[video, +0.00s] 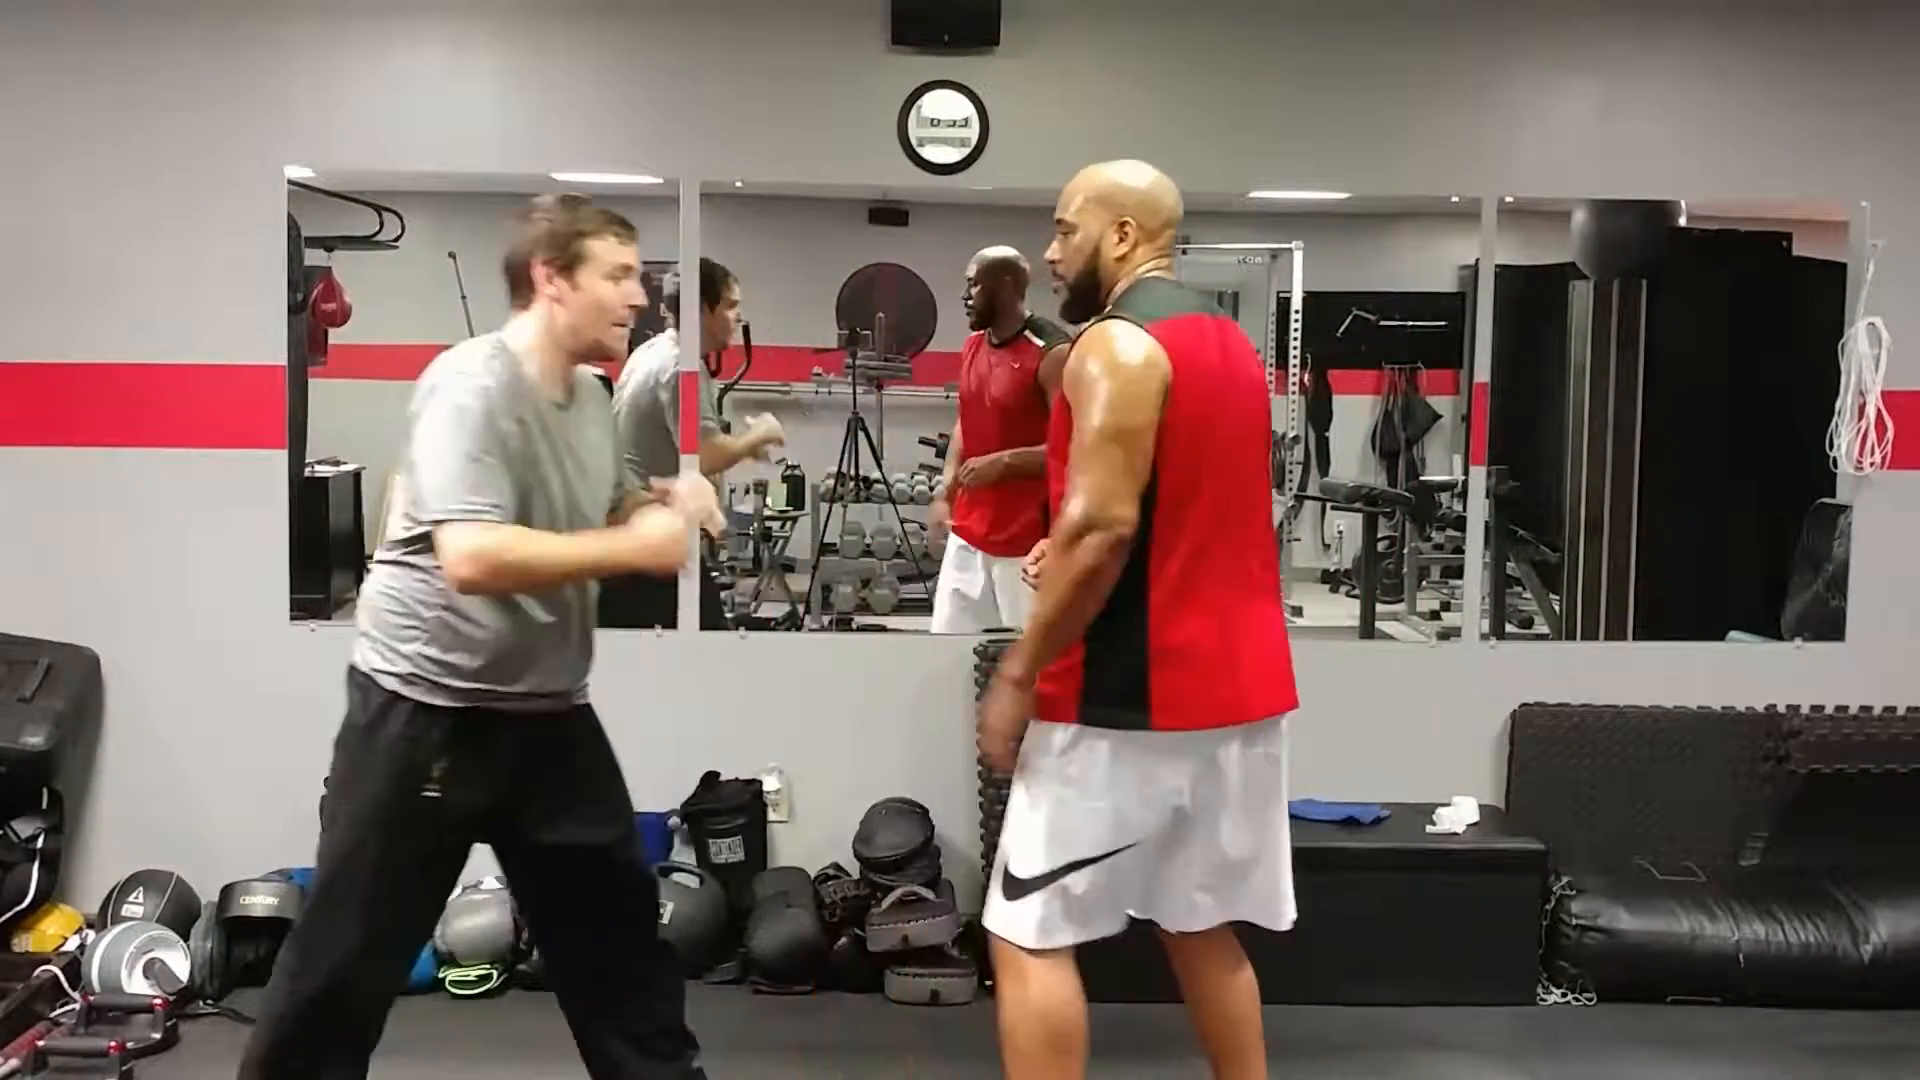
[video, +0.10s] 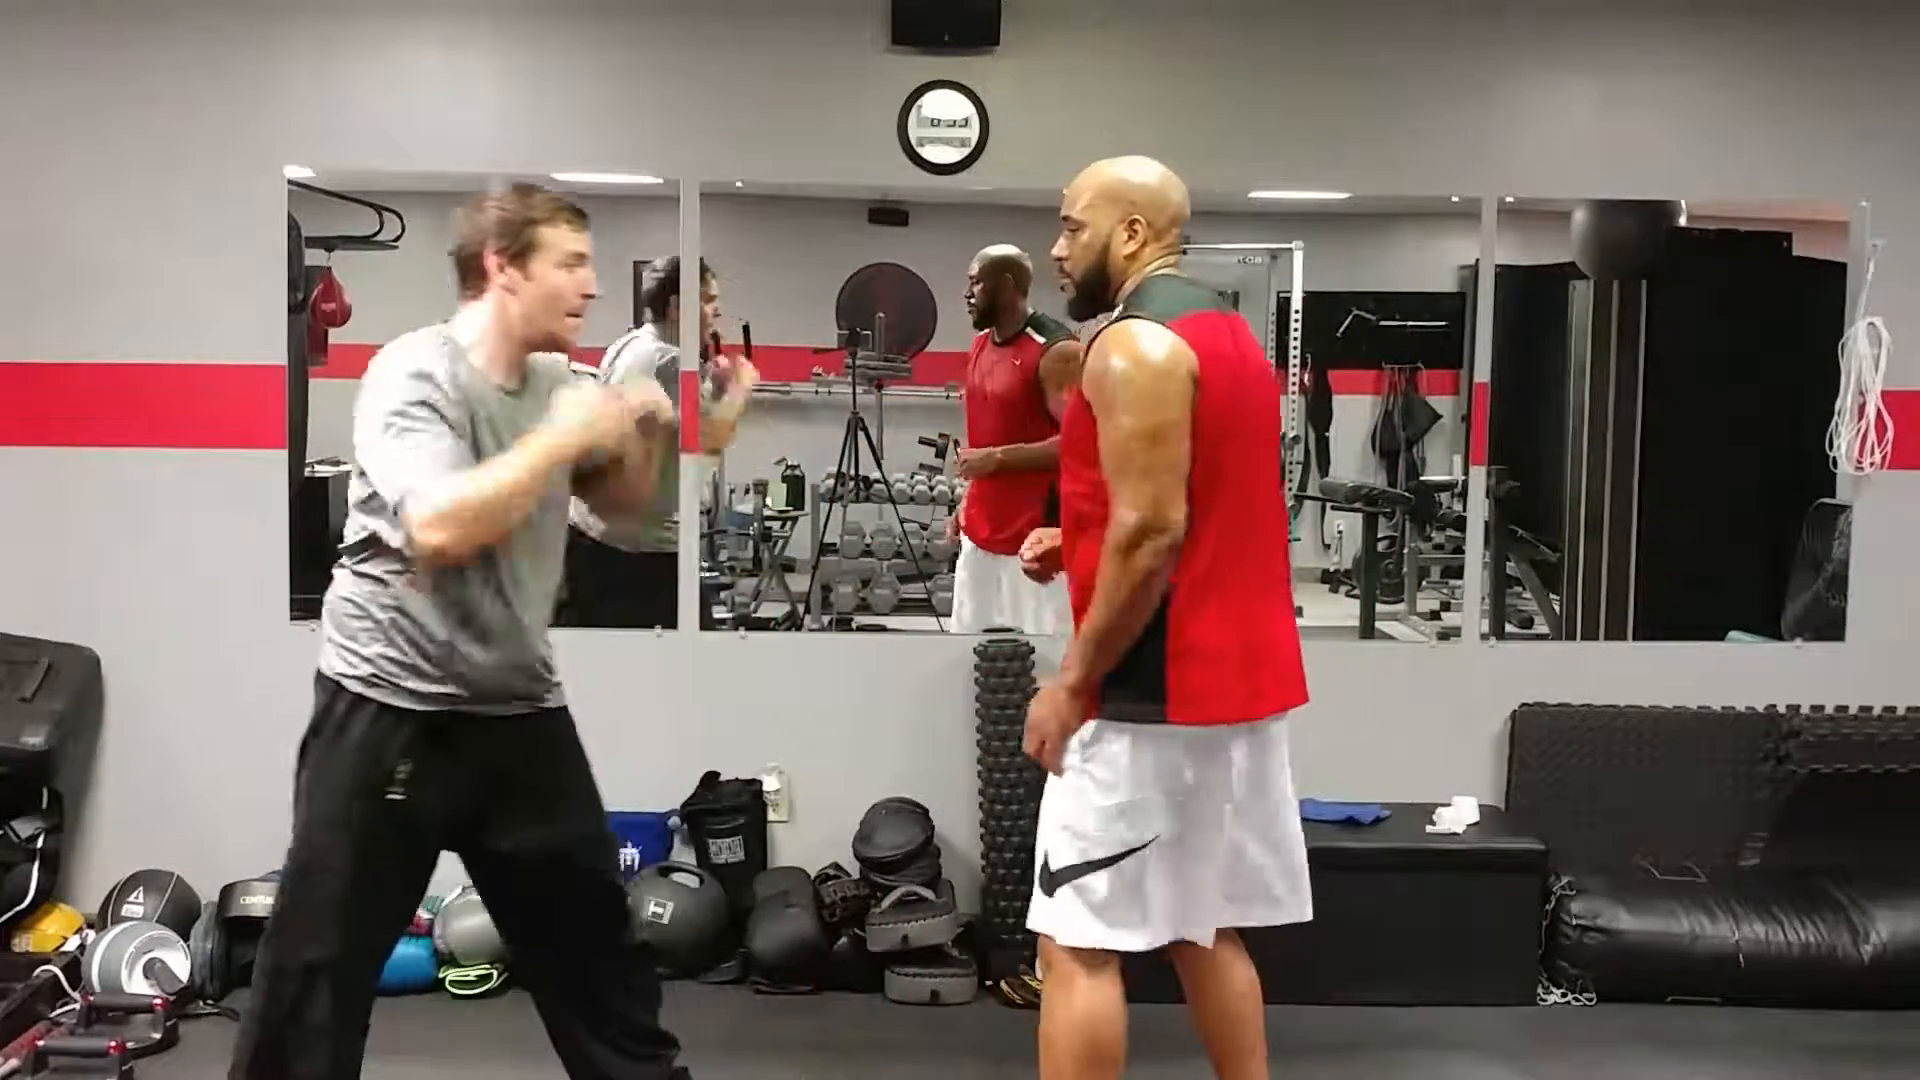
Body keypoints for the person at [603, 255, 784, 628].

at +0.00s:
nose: (738, 317)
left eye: (737, 306)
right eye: (731, 306)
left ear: (705, 309)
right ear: (704, 309)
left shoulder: (651, 354)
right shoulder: (681, 365)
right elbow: (705, 456)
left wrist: (742, 449)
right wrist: (754, 437)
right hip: (667, 539)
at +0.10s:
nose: (717, 311)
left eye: (716, 301)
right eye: (708, 300)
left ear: (671, 307)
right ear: (675, 307)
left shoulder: (625, 348)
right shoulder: (666, 361)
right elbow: (711, 437)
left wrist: (716, 386)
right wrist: (739, 390)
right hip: (647, 551)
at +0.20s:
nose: (705, 304)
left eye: (704, 292)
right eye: (696, 293)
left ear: (655, 300)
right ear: (668, 300)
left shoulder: (617, 343)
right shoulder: (665, 352)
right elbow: (735, 405)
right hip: (643, 541)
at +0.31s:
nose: (700, 313)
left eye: (701, 301)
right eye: (692, 302)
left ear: (658, 304)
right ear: (664, 304)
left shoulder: (617, 341)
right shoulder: (669, 350)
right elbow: (748, 398)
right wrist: (730, 335)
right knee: (718, 636)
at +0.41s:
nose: (718, 324)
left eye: (716, 314)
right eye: (708, 313)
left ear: (666, 324)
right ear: (675, 323)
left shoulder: (624, 370)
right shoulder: (687, 374)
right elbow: (767, 416)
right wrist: (740, 347)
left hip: (613, 551)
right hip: (678, 557)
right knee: (750, 646)